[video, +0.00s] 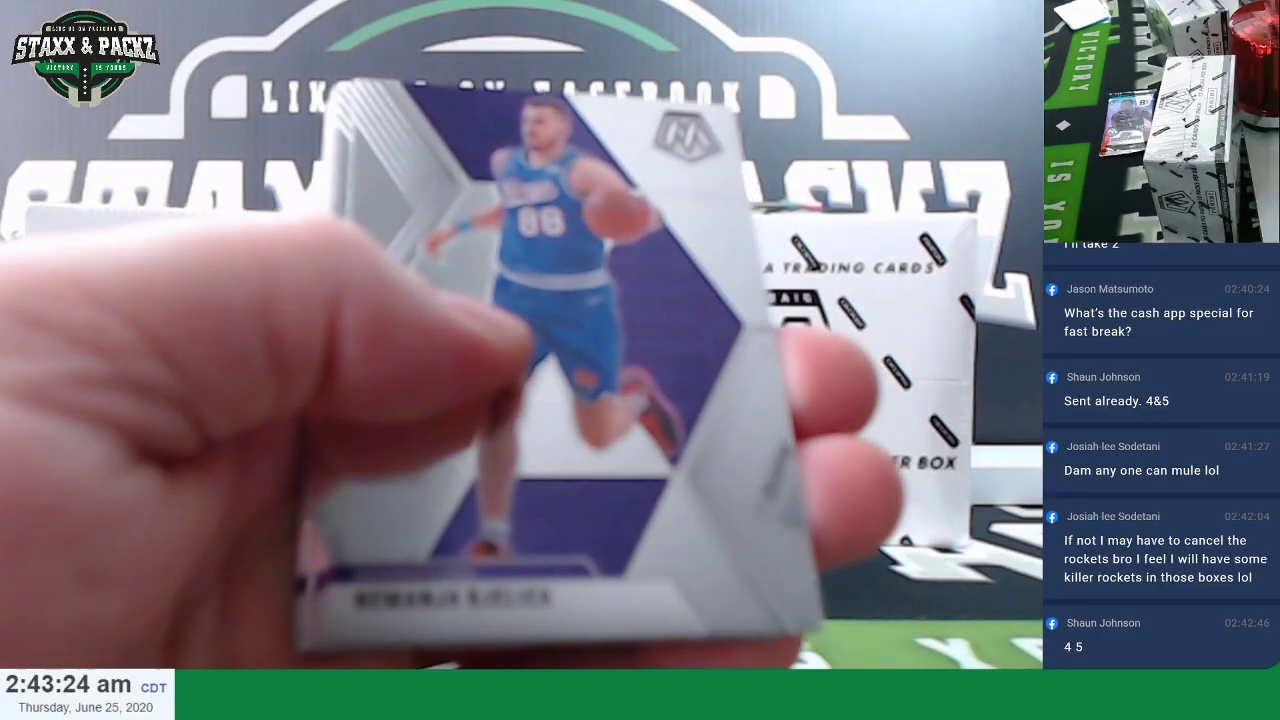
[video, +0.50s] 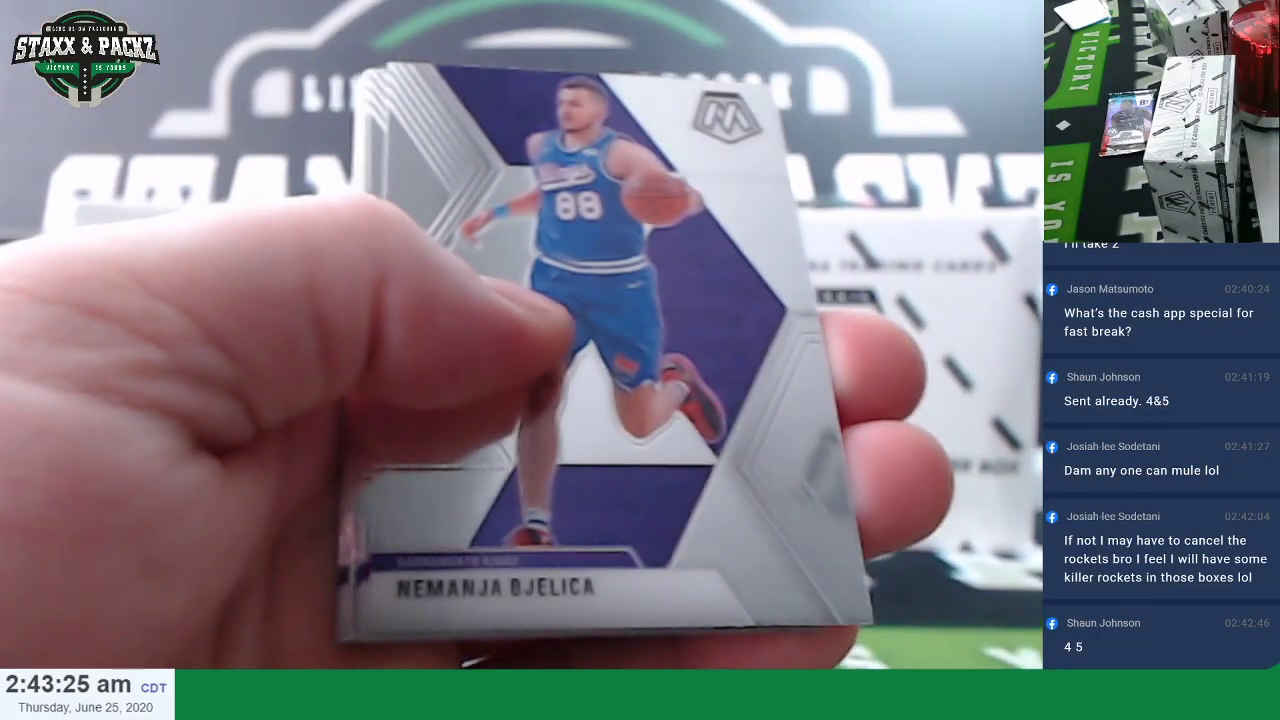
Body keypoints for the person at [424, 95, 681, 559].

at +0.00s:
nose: (533, 127)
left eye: (542, 119)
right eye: (528, 120)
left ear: (565, 127)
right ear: (520, 127)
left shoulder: (584, 170)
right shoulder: (504, 163)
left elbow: (629, 205)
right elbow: (513, 211)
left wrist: (634, 218)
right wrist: (458, 228)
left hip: (582, 306)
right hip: (516, 301)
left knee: (598, 433)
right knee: (496, 412)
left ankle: (642, 397)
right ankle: (494, 538)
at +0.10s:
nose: (516, 120)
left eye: (527, 112)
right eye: (511, 113)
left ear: (549, 121)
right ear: (502, 119)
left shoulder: (567, 164)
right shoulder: (486, 157)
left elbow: (609, 201)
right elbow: (495, 202)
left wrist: (621, 210)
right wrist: (439, 224)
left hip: (565, 299)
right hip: (499, 293)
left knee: (580, 425)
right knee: (481, 402)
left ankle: (623, 389)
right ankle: (478, 530)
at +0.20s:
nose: (509, 111)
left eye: (519, 104)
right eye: (504, 105)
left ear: (542, 112)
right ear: (495, 112)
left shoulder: (559, 155)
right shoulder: (479, 149)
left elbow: (600, 188)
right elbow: (486, 195)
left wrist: (609, 204)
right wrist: (431, 214)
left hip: (556, 292)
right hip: (490, 287)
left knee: (571, 418)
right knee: (470, 398)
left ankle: (615, 383)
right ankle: (466, 523)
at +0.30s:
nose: (518, 112)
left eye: (527, 104)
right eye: (511, 105)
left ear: (548, 110)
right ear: (501, 112)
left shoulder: (566, 155)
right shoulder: (486, 148)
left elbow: (603, 191)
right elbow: (494, 196)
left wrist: (606, 207)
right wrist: (437, 215)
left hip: (564, 294)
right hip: (499, 289)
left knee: (580, 420)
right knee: (478, 401)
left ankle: (625, 384)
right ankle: (475, 526)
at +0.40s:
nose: (546, 111)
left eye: (556, 103)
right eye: (541, 104)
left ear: (579, 111)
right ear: (533, 111)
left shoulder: (600, 154)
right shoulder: (518, 148)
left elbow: (648, 193)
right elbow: (526, 194)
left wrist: (651, 202)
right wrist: (472, 215)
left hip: (598, 290)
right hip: (531, 285)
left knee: (614, 419)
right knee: (514, 396)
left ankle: (658, 381)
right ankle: (512, 523)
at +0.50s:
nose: (568, 109)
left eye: (578, 102)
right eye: (563, 102)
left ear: (602, 111)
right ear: (555, 110)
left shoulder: (622, 154)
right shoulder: (539, 147)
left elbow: (679, 194)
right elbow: (550, 193)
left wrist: (677, 203)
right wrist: (495, 213)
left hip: (622, 290)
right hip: (555, 284)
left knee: (639, 422)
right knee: (538, 398)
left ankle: (682, 383)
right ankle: (536, 526)